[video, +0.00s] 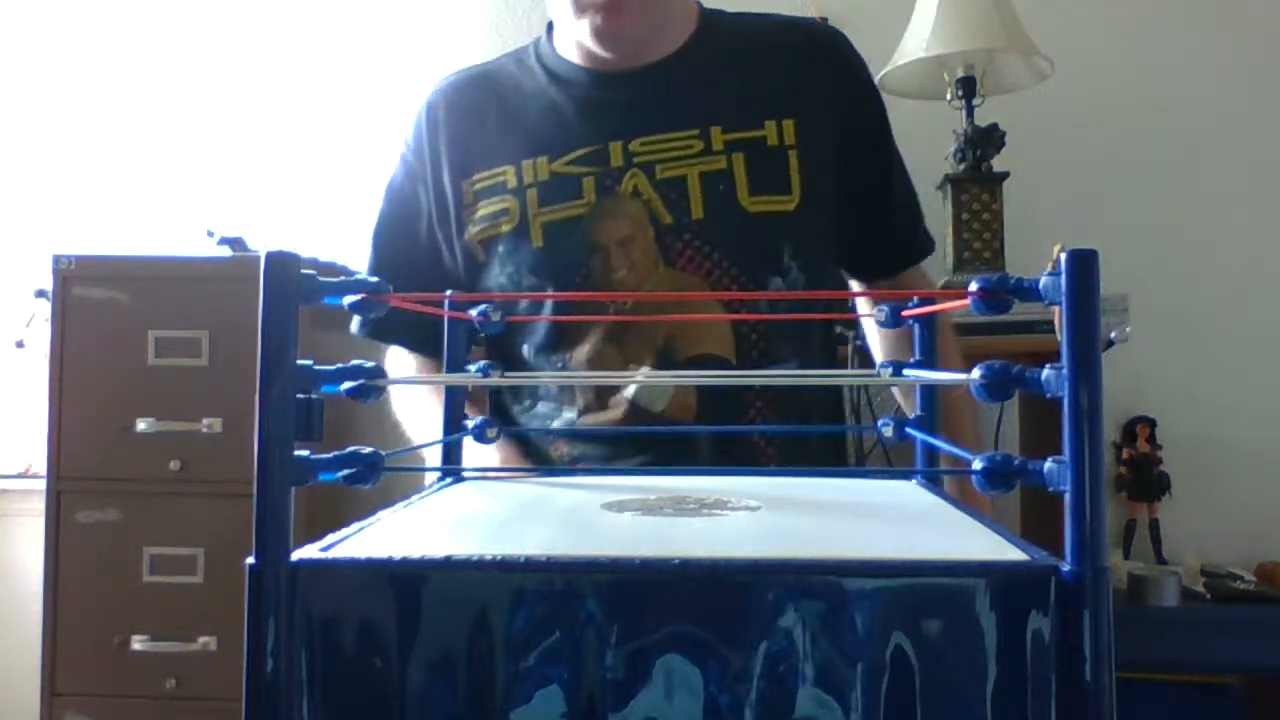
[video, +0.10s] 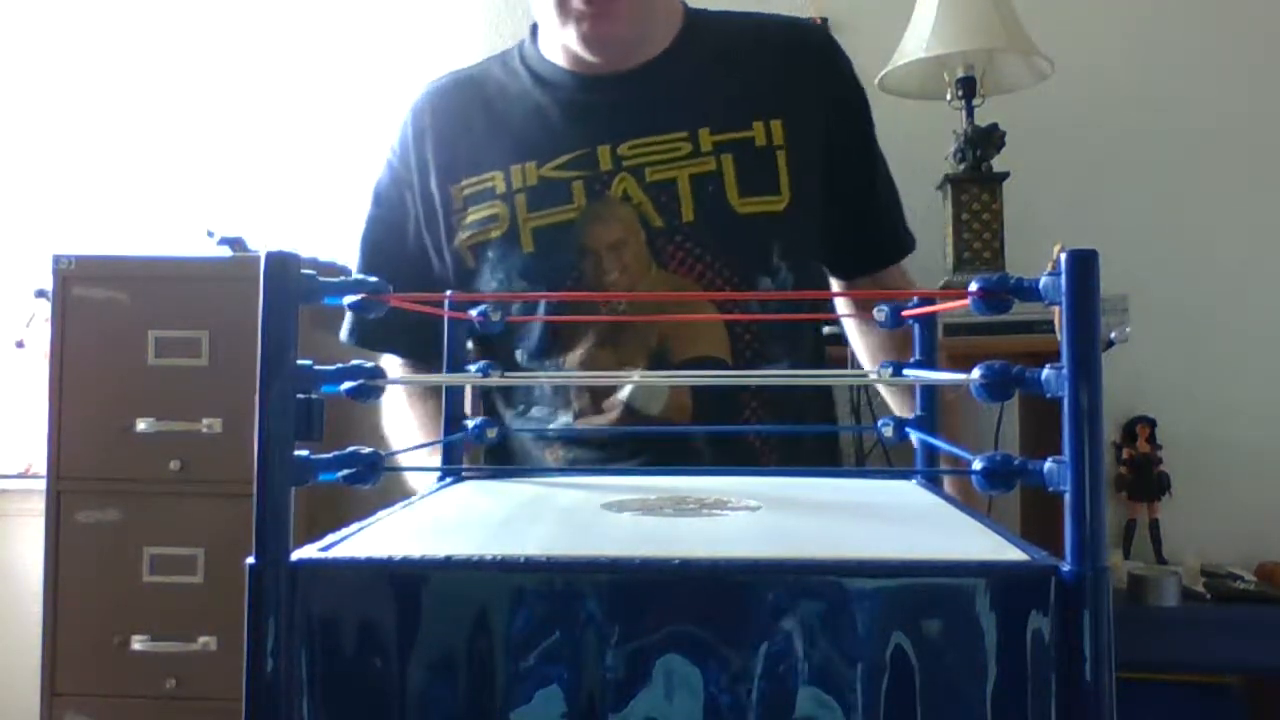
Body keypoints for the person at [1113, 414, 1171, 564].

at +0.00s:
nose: (1144, 430)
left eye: (1147, 427)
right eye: (1142, 427)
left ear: (1151, 431)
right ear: (1136, 429)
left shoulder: (1155, 448)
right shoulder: (1129, 447)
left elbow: (1159, 465)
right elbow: (1124, 465)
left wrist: (1163, 481)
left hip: (1152, 482)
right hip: (1135, 482)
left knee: (1154, 517)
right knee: (1133, 516)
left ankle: (1159, 555)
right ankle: (1126, 553)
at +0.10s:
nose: (1144, 431)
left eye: (1147, 428)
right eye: (1142, 427)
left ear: (1150, 431)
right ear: (1136, 429)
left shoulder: (1155, 448)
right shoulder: (1129, 446)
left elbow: (1159, 465)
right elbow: (1124, 465)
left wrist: (1163, 481)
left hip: (1153, 482)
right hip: (1135, 482)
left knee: (1154, 517)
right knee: (1133, 516)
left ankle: (1159, 555)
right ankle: (1126, 554)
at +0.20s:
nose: (1144, 431)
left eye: (1147, 428)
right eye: (1142, 427)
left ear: (1150, 431)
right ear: (1136, 429)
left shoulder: (1155, 448)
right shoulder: (1129, 447)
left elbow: (1159, 466)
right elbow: (1124, 466)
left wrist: (1163, 483)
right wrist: (1124, 482)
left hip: (1152, 483)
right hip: (1135, 483)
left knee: (1154, 518)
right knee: (1133, 517)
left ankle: (1159, 555)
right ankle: (1126, 555)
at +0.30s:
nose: (1144, 430)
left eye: (1147, 427)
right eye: (1141, 427)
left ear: (1150, 431)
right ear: (1136, 429)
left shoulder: (1154, 448)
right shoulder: (1129, 447)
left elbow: (1158, 465)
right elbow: (1124, 465)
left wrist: (1163, 482)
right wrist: (1124, 480)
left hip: (1152, 483)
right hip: (1135, 483)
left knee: (1154, 517)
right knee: (1133, 517)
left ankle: (1159, 555)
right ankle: (1126, 554)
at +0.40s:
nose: (1144, 430)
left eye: (1147, 427)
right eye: (1141, 427)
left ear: (1150, 431)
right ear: (1135, 429)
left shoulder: (1155, 448)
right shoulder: (1129, 447)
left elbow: (1159, 466)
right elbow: (1124, 466)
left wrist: (1163, 481)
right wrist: (1125, 481)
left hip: (1152, 483)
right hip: (1135, 483)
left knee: (1154, 518)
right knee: (1132, 517)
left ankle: (1159, 555)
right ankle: (1126, 555)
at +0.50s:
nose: (1145, 431)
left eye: (1148, 427)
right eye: (1142, 427)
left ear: (1151, 430)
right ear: (1136, 429)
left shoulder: (1154, 447)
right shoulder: (1129, 446)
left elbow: (1158, 465)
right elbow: (1124, 464)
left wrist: (1163, 483)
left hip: (1152, 483)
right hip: (1135, 482)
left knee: (1154, 517)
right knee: (1133, 516)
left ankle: (1159, 555)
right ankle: (1126, 554)